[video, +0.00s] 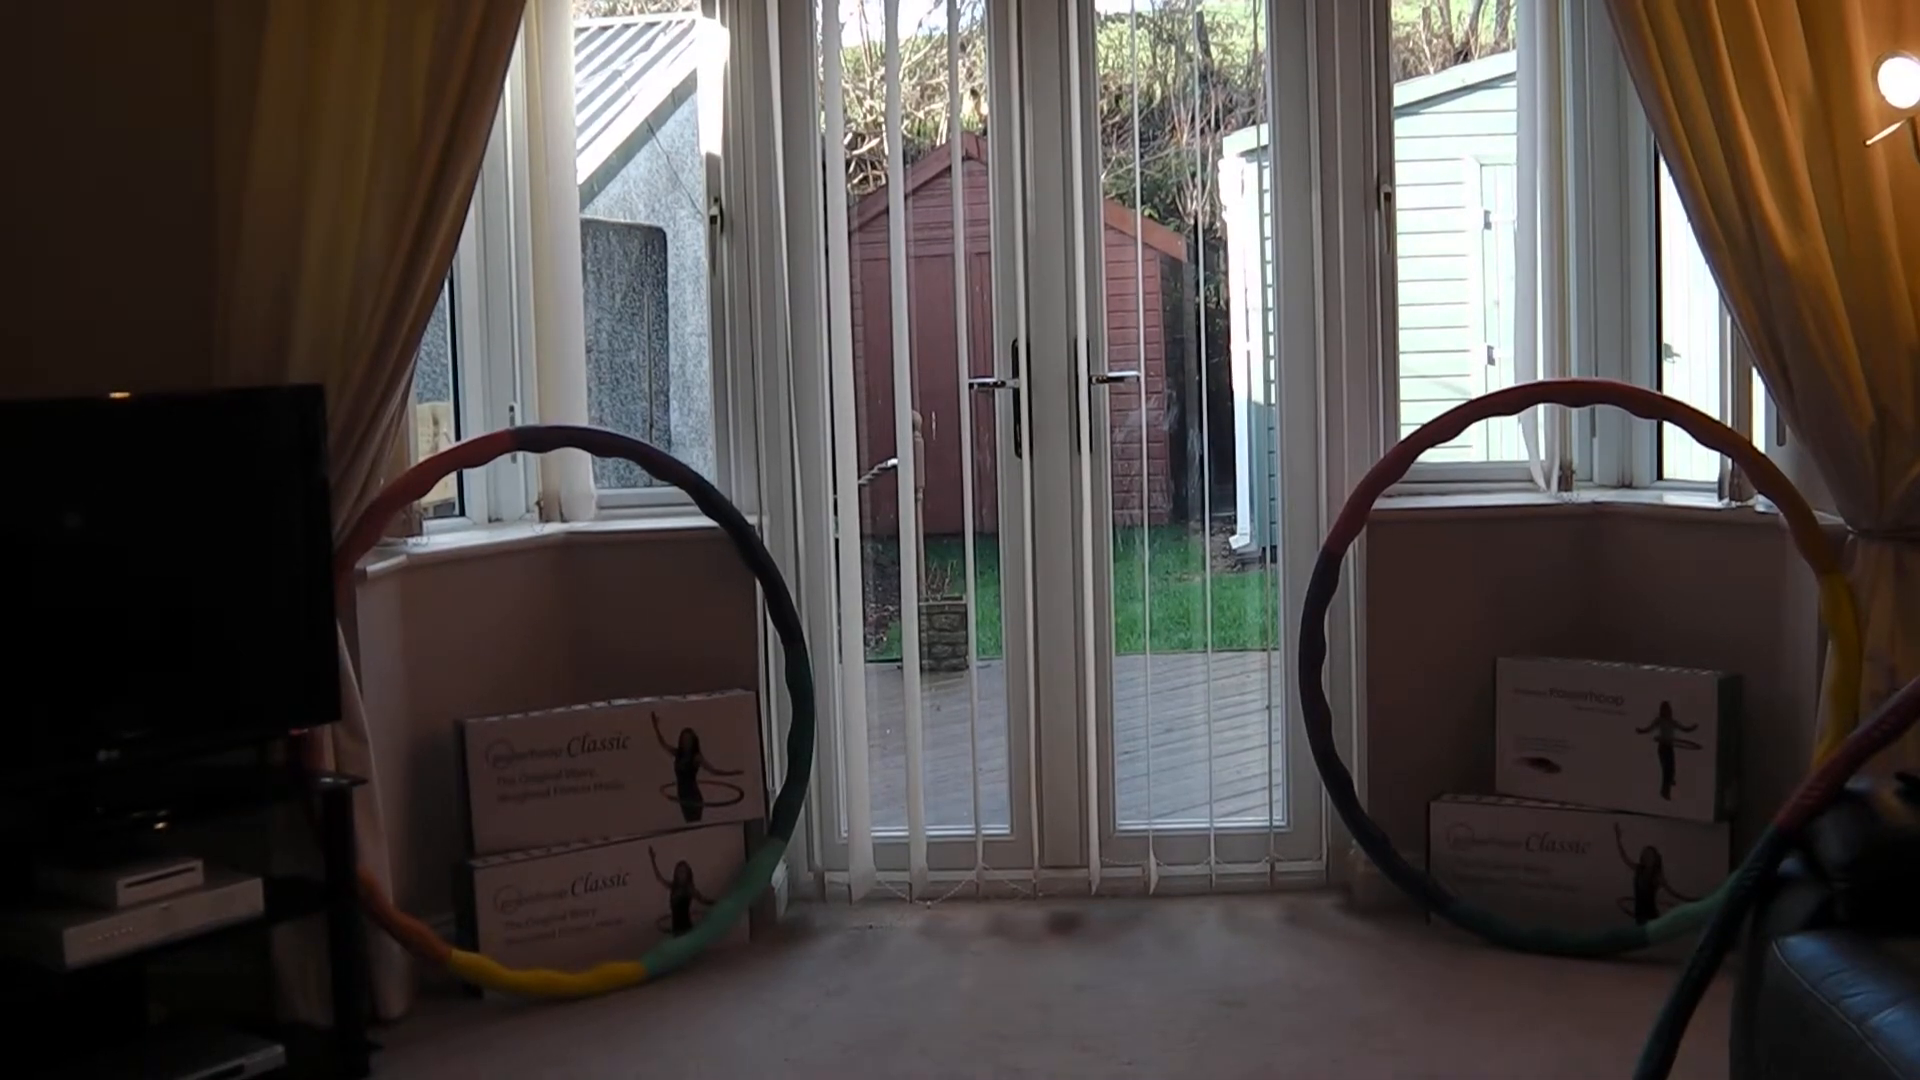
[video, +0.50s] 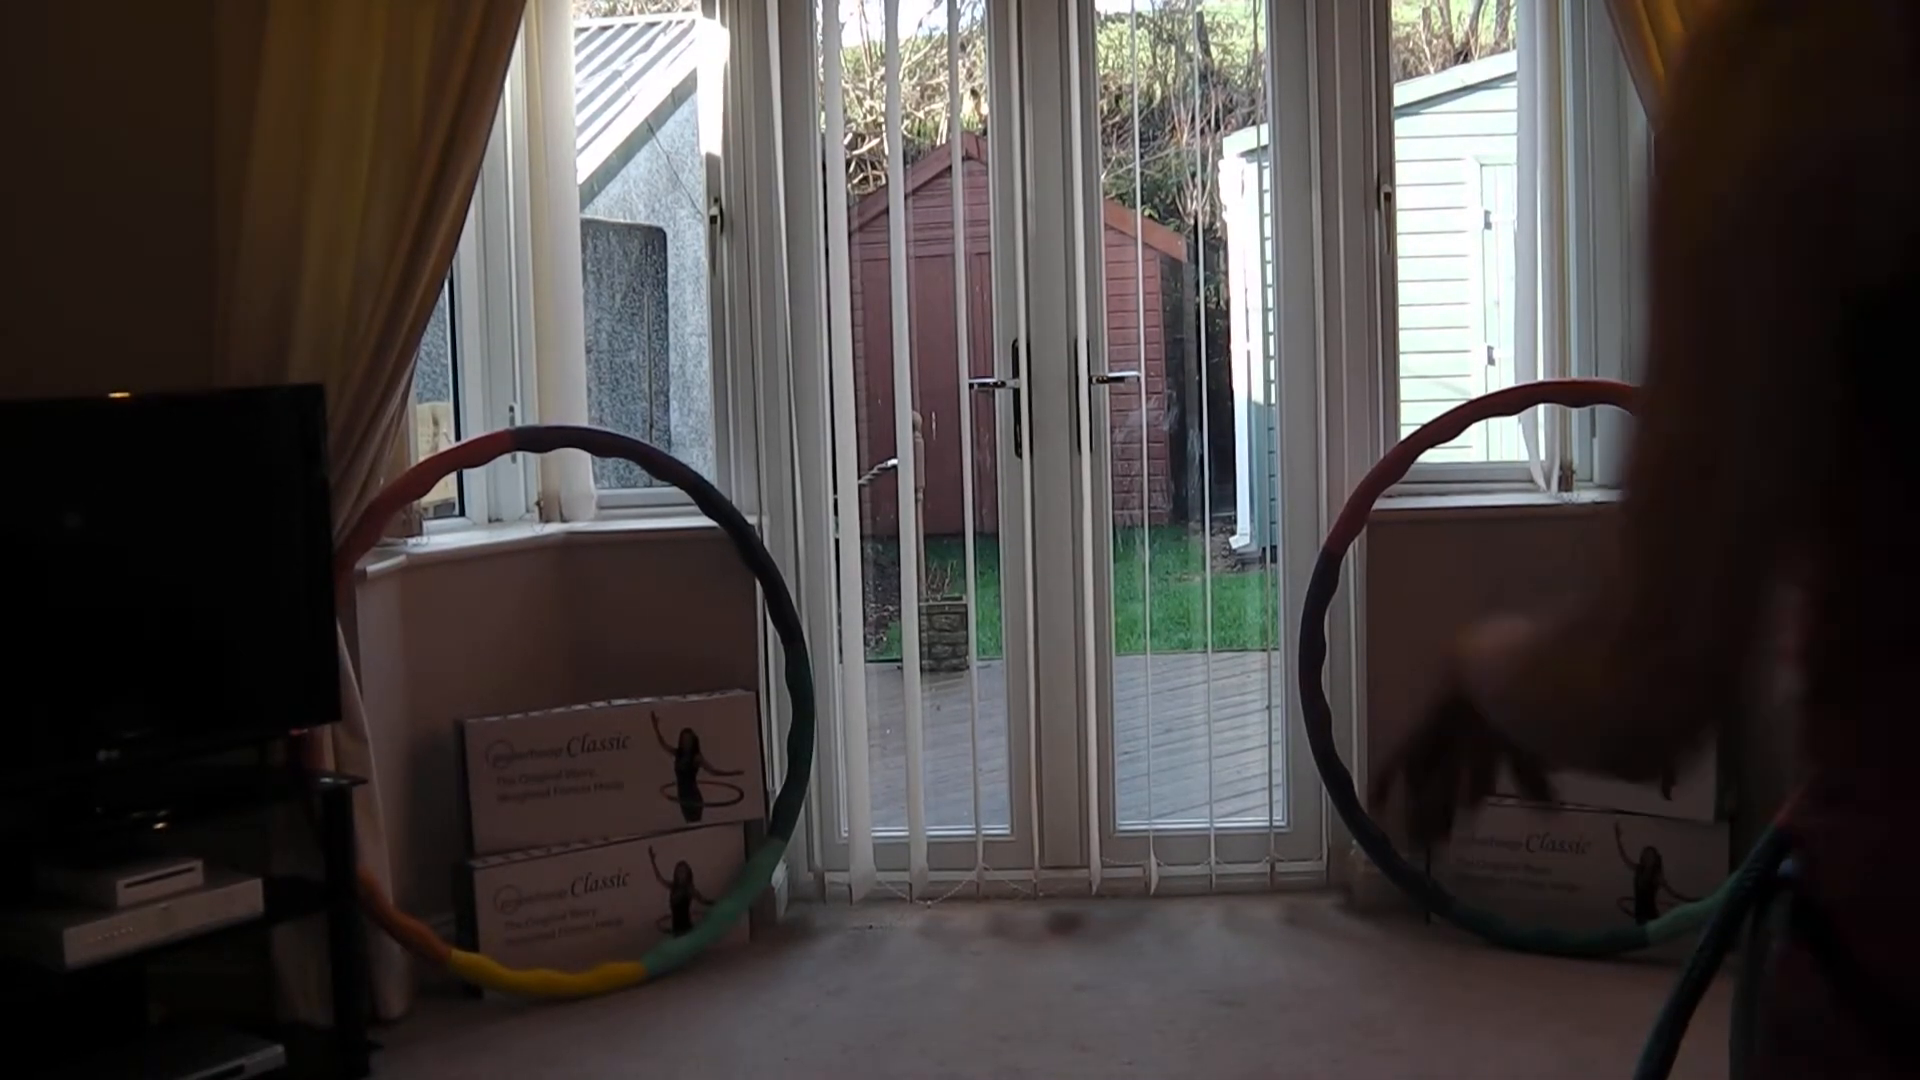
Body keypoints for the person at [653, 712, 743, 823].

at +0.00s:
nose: (685, 741)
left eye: (688, 739)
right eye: (683, 738)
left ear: (693, 741)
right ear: (680, 740)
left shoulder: (696, 756)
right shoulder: (678, 754)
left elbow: (713, 771)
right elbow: (662, 744)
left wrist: (733, 773)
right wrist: (655, 725)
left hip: (693, 793)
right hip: (682, 793)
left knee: (696, 826)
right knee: (690, 826)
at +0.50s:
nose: (684, 741)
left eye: (688, 738)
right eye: (683, 738)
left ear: (693, 741)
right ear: (680, 740)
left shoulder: (696, 757)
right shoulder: (678, 754)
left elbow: (713, 772)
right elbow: (662, 744)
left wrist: (733, 773)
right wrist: (655, 725)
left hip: (693, 794)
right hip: (682, 794)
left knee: (696, 826)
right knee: (690, 826)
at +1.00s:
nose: (684, 742)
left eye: (688, 739)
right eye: (683, 739)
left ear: (693, 742)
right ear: (680, 741)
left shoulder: (696, 758)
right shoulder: (678, 754)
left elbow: (713, 772)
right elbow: (662, 744)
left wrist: (733, 774)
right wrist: (655, 726)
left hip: (693, 794)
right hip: (682, 794)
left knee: (696, 827)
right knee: (690, 827)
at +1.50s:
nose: (685, 742)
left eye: (688, 739)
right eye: (683, 739)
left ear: (693, 741)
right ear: (680, 741)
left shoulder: (696, 757)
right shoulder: (678, 754)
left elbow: (712, 772)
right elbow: (662, 744)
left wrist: (732, 773)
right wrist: (655, 725)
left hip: (693, 795)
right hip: (682, 795)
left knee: (696, 829)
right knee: (691, 829)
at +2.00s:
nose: (685, 742)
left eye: (688, 739)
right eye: (683, 739)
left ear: (693, 742)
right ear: (680, 741)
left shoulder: (696, 757)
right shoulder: (678, 754)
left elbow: (712, 772)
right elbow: (662, 744)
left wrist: (732, 774)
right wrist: (655, 726)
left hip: (693, 795)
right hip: (682, 795)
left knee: (696, 828)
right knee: (690, 829)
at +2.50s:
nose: (685, 741)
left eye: (688, 739)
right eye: (683, 739)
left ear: (693, 741)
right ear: (680, 741)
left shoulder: (696, 757)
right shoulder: (678, 754)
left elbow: (713, 772)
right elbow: (662, 744)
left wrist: (732, 773)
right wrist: (655, 725)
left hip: (693, 794)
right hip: (682, 795)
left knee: (696, 828)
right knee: (691, 828)